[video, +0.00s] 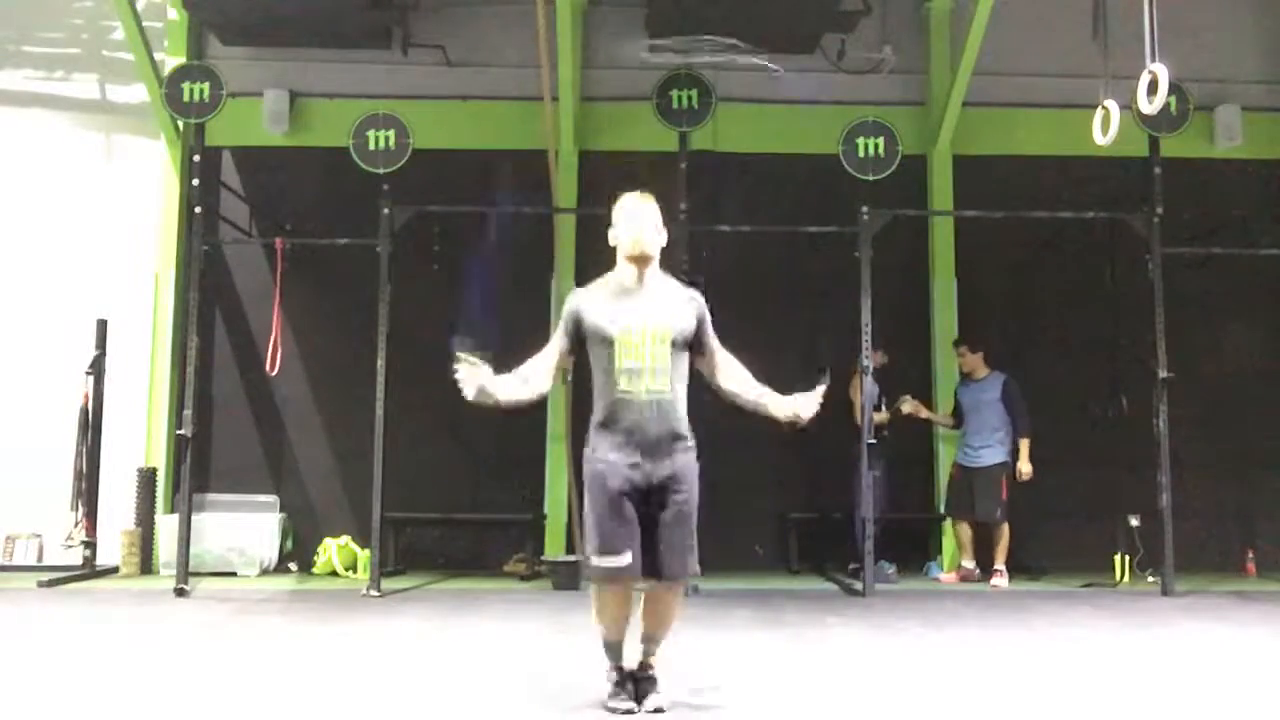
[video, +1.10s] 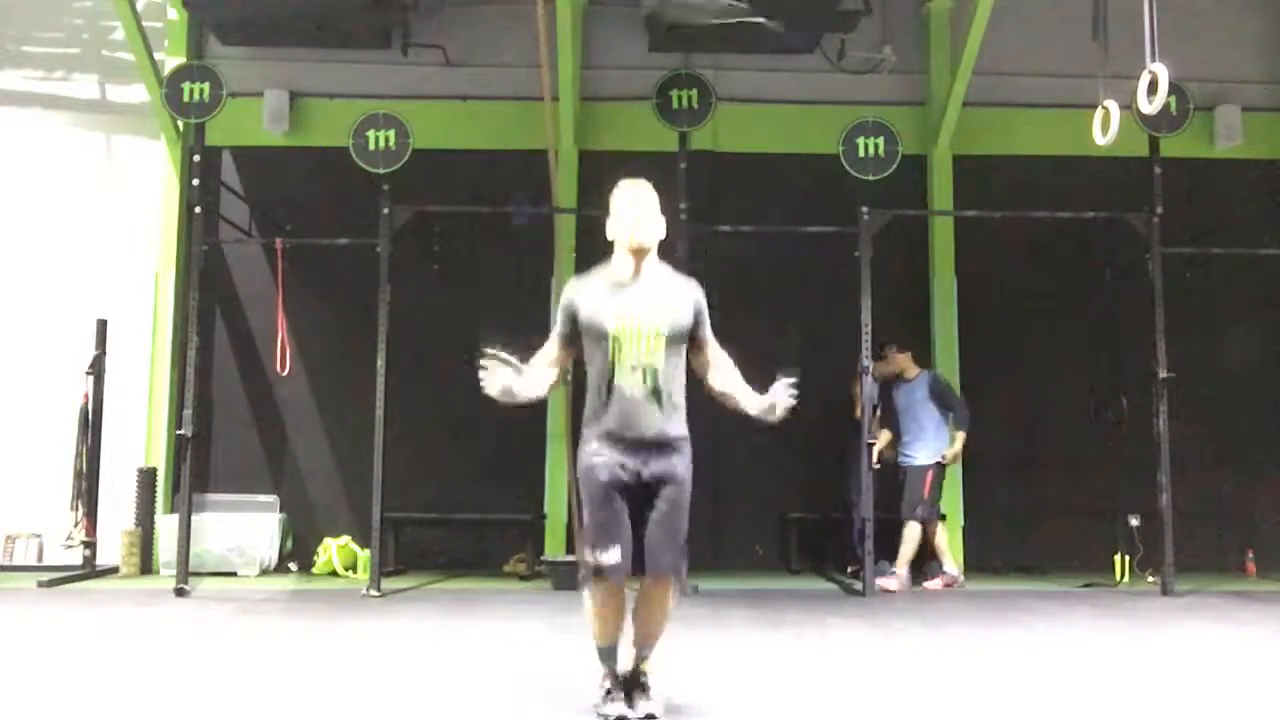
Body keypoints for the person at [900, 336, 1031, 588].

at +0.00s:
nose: (959, 361)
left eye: (963, 356)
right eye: (958, 356)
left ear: (979, 355)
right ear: (963, 357)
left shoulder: (1003, 384)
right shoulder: (962, 388)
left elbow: (1021, 421)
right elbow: (956, 423)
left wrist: (1024, 457)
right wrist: (924, 413)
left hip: (994, 460)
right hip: (965, 461)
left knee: (996, 517)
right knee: (959, 514)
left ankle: (999, 569)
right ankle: (968, 566)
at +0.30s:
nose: (951, 363)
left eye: (954, 357)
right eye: (950, 358)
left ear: (969, 356)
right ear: (958, 359)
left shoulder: (994, 385)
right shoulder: (956, 389)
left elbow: (1009, 424)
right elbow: (952, 422)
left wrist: (998, 461)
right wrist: (920, 428)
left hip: (987, 462)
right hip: (960, 462)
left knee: (994, 517)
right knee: (956, 515)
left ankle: (999, 569)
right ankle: (954, 570)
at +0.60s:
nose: (928, 361)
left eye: (931, 355)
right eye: (928, 355)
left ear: (946, 355)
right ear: (940, 356)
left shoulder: (974, 381)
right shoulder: (934, 387)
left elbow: (987, 418)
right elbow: (931, 424)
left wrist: (965, 446)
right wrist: (915, 455)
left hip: (970, 459)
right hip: (939, 461)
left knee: (978, 515)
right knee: (945, 517)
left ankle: (996, 564)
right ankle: (952, 573)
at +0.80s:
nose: (913, 360)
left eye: (917, 355)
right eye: (913, 355)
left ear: (931, 355)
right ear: (926, 357)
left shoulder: (959, 380)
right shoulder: (918, 387)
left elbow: (973, 418)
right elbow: (914, 423)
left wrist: (954, 446)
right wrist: (904, 455)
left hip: (951, 457)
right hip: (925, 458)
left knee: (952, 513)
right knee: (935, 517)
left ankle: (981, 553)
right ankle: (949, 569)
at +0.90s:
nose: (905, 361)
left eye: (909, 355)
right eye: (904, 356)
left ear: (924, 353)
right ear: (911, 358)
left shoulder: (951, 380)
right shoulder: (910, 387)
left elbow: (967, 418)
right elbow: (907, 423)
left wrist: (955, 450)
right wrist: (895, 451)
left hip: (943, 458)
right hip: (920, 459)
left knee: (936, 513)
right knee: (928, 515)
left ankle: (960, 562)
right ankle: (947, 571)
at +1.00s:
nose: (898, 361)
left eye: (902, 355)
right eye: (896, 356)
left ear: (916, 353)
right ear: (900, 359)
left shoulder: (940, 380)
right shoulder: (902, 388)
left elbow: (964, 414)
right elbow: (898, 423)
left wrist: (956, 448)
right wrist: (886, 449)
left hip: (937, 456)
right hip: (914, 458)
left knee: (922, 512)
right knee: (932, 516)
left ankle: (931, 572)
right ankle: (951, 569)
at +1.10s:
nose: (891, 363)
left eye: (894, 357)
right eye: (888, 359)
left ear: (907, 356)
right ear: (890, 362)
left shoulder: (932, 381)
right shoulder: (894, 388)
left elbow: (961, 411)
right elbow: (891, 423)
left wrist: (957, 446)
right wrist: (877, 446)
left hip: (930, 458)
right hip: (909, 459)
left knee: (913, 515)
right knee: (930, 517)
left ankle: (900, 574)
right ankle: (951, 570)